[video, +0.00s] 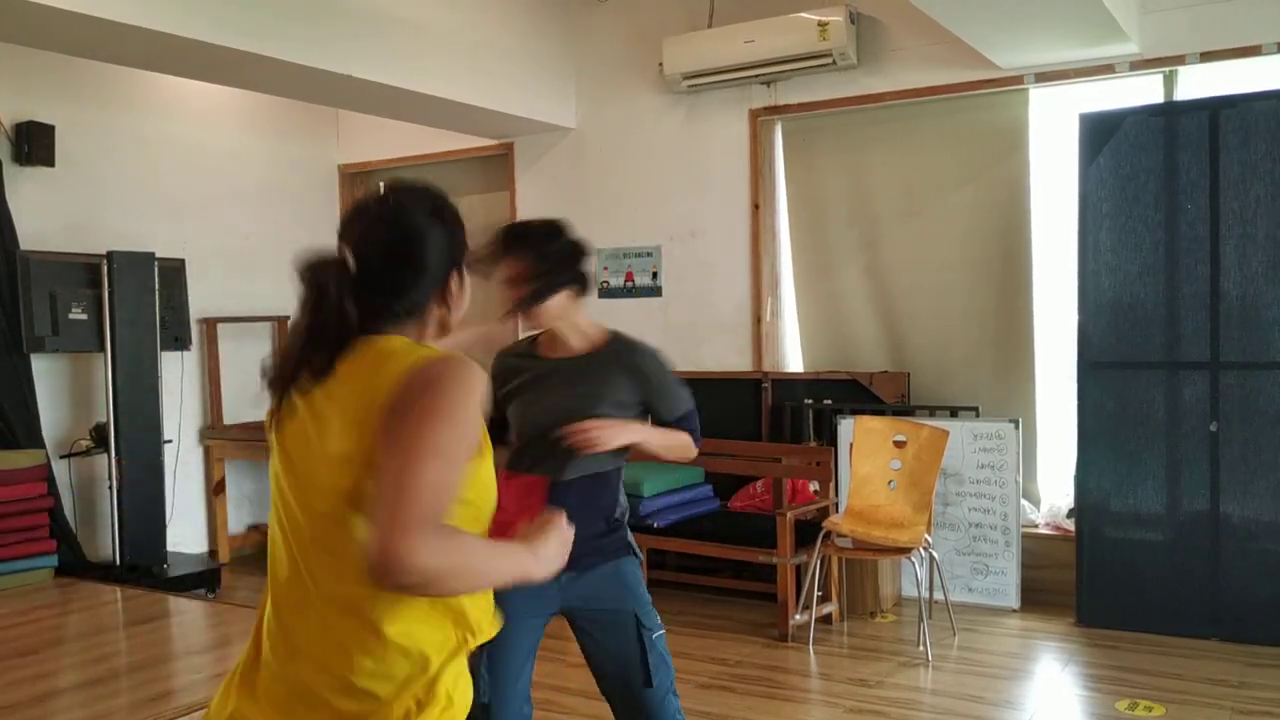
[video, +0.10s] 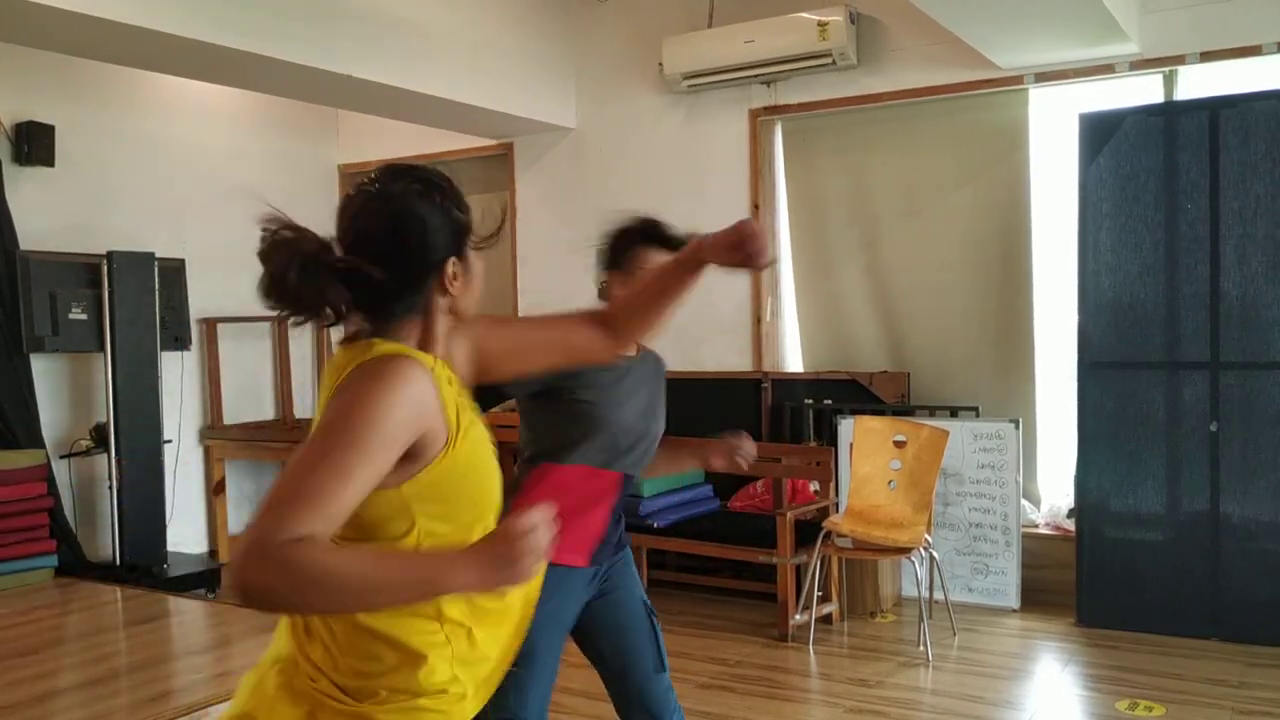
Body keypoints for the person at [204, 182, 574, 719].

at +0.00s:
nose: (466, 287)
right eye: (466, 273)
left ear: (359, 274)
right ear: (452, 288)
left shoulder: (310, 366)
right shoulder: (446, 378)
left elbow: (404, 363)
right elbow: (403, 553)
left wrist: (499, 331)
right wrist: (533, 557)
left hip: (273, 685)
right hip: (395, 699)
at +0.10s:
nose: (477, 268)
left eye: (472, 250)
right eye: (474, 253)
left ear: (361, 270)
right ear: (453, 275)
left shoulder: (448, 347)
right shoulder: (393, 384)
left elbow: (609, 332)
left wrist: (698, 259)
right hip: (376, 703)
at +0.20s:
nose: (697, 346)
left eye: (702, 338)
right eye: (702, 337)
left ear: (655, 305)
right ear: (697, 332)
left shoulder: (633, 367)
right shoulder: (620, 355)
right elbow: (544, 418)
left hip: (612, 565)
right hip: (557, 566)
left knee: (655, 704)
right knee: (530, 706)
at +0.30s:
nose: (715, 369)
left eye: (725, 358)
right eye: (725, 355)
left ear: (691, 324)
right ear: (715, 336)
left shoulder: (649, 374)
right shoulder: (630, 359)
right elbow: (570, 458)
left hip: (606, 570)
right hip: (560, 568)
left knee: (656, 706)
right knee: (533, 706)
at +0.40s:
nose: (735, 364)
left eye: (743, 353)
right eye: (740, 348)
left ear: (713, 328)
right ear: (714, 325)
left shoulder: (655, 371)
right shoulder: (636, 358)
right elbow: (590, 447)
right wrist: (715, 460)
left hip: (611, 572)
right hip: (564, 570)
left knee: (657, 703)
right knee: (529, 702)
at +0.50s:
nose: (734, 339)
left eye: (742, 331)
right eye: (729, 321)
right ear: (689, 305)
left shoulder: (660, 369)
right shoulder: (638, 357)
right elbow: (612, 460)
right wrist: (711, 469)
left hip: (619, 560)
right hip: (565, 562)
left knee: (657, 702)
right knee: (526, 698)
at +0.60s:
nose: (710, 314)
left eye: (724, 305)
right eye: (700, 295)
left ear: (730, 314)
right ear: (669, 293)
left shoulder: (663, 369)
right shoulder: (636, 358)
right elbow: (587, 465)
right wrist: (664, 521)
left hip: (622, 559)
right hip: (570, 561)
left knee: (663, 703)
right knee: (536, 703)